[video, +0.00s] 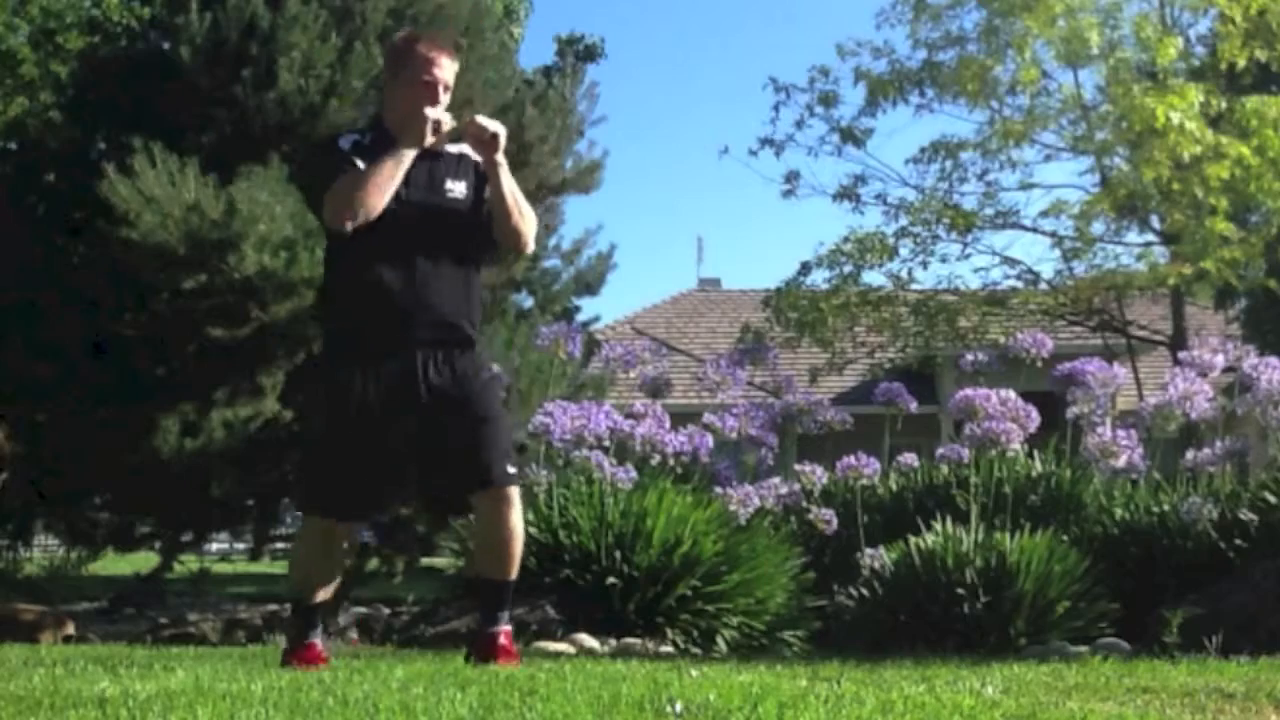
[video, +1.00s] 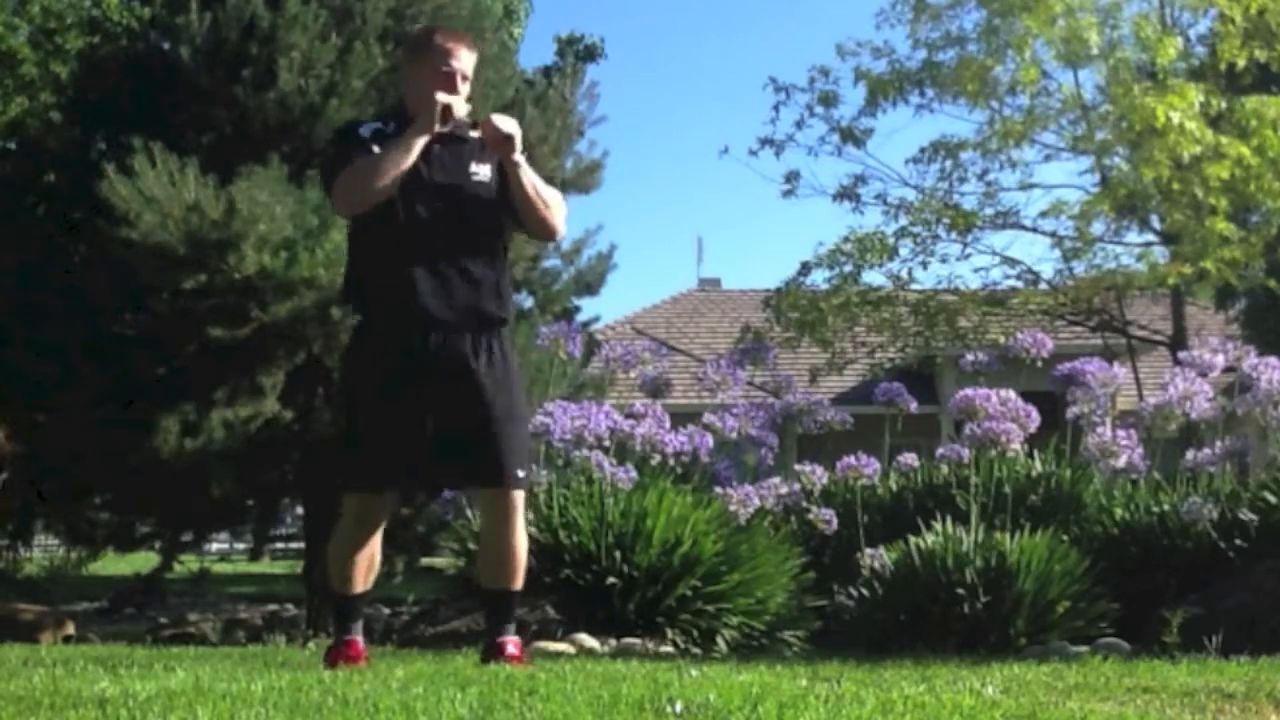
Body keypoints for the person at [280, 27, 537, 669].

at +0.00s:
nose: (435, 96)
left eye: (444, 88)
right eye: (423, 83)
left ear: (454, 95)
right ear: (389, 81)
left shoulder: (474, 167)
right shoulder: (348, 150)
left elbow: (523, 240)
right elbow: (345, 215)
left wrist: (497, 163)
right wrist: (413, 145)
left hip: (455, 362)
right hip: (361, 363)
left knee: (500, 491)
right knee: (333, 509)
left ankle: (495, 632)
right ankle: (306, 640)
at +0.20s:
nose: (460, 72)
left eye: (469, 66)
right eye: (446, 59)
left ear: (479, 78)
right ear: (407, 61)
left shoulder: (498, 139)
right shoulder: (372, 128)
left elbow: (554, 216)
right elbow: (354, 193)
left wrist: (522, 144)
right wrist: (430, 127)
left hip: (482, 336)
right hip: (392, 332)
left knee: (506, 486)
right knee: (356, 489)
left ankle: (506, 633)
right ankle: (322, 633)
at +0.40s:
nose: (483, 82)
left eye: (492, 75)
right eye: (470, 70)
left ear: (501, 88)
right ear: (432, 78)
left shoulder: (518, 158)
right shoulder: (392, 148)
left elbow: (572, 231)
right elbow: (378, 220)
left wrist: (535, 152)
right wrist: (449, 146)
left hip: (502, 356)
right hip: (412, 352)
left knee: (522, 502)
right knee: (370, 503)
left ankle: (510, 643)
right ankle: (336, 638)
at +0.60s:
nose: (473, 77)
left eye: (482, 69)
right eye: (461, 64)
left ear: (491, 79)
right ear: (423, 66)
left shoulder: (509, 144)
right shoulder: (385, 128)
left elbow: (565, 216)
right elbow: (374, 193)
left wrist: (533, 144)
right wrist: (448, 124)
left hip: (492, 336)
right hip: (404, 333)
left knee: (511, 486)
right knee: (380, 488)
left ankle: (508, 635)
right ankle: (347, 627)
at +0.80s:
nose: (462, 82)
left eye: (471, 73)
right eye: (449, 68)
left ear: (480, 83)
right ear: (412, 69)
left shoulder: (496, 151)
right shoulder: (372, 139)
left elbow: (542, 233)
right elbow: (362, 210)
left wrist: (514, 169)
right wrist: (433, 146)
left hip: (484, 346)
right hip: (394, 344)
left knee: (509, 488)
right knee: (371, 496)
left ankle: (507, 635)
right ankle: (346, 635)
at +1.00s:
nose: (453, 86)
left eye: (463, 78)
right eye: (442, 73)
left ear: (472, 87)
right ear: (406, 71)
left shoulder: (494, 151)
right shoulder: (367, 141)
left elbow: (551, 225)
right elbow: (349, 200)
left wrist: (514, 161)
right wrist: (422, 132)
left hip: (481, 344)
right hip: (390, 343)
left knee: (506, 492)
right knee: (369, 499)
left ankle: (502, 637)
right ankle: (348, 636)